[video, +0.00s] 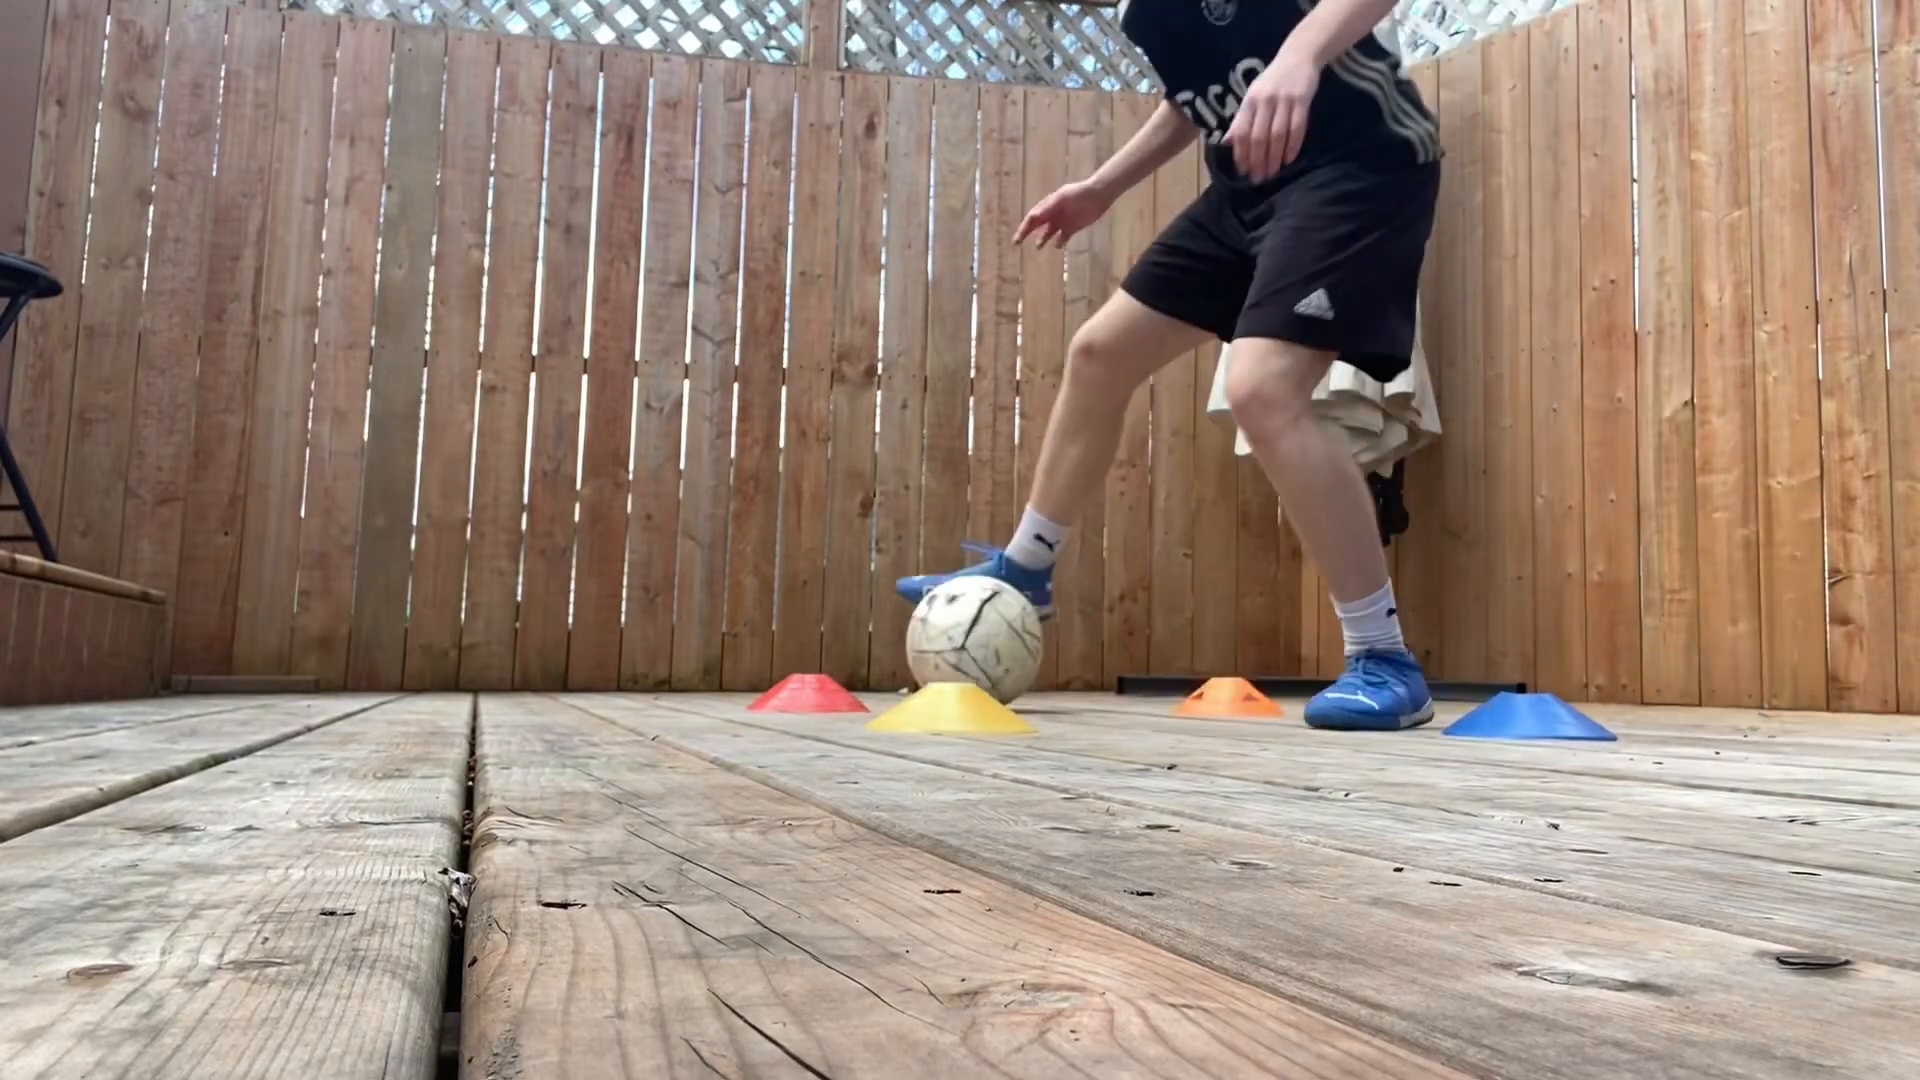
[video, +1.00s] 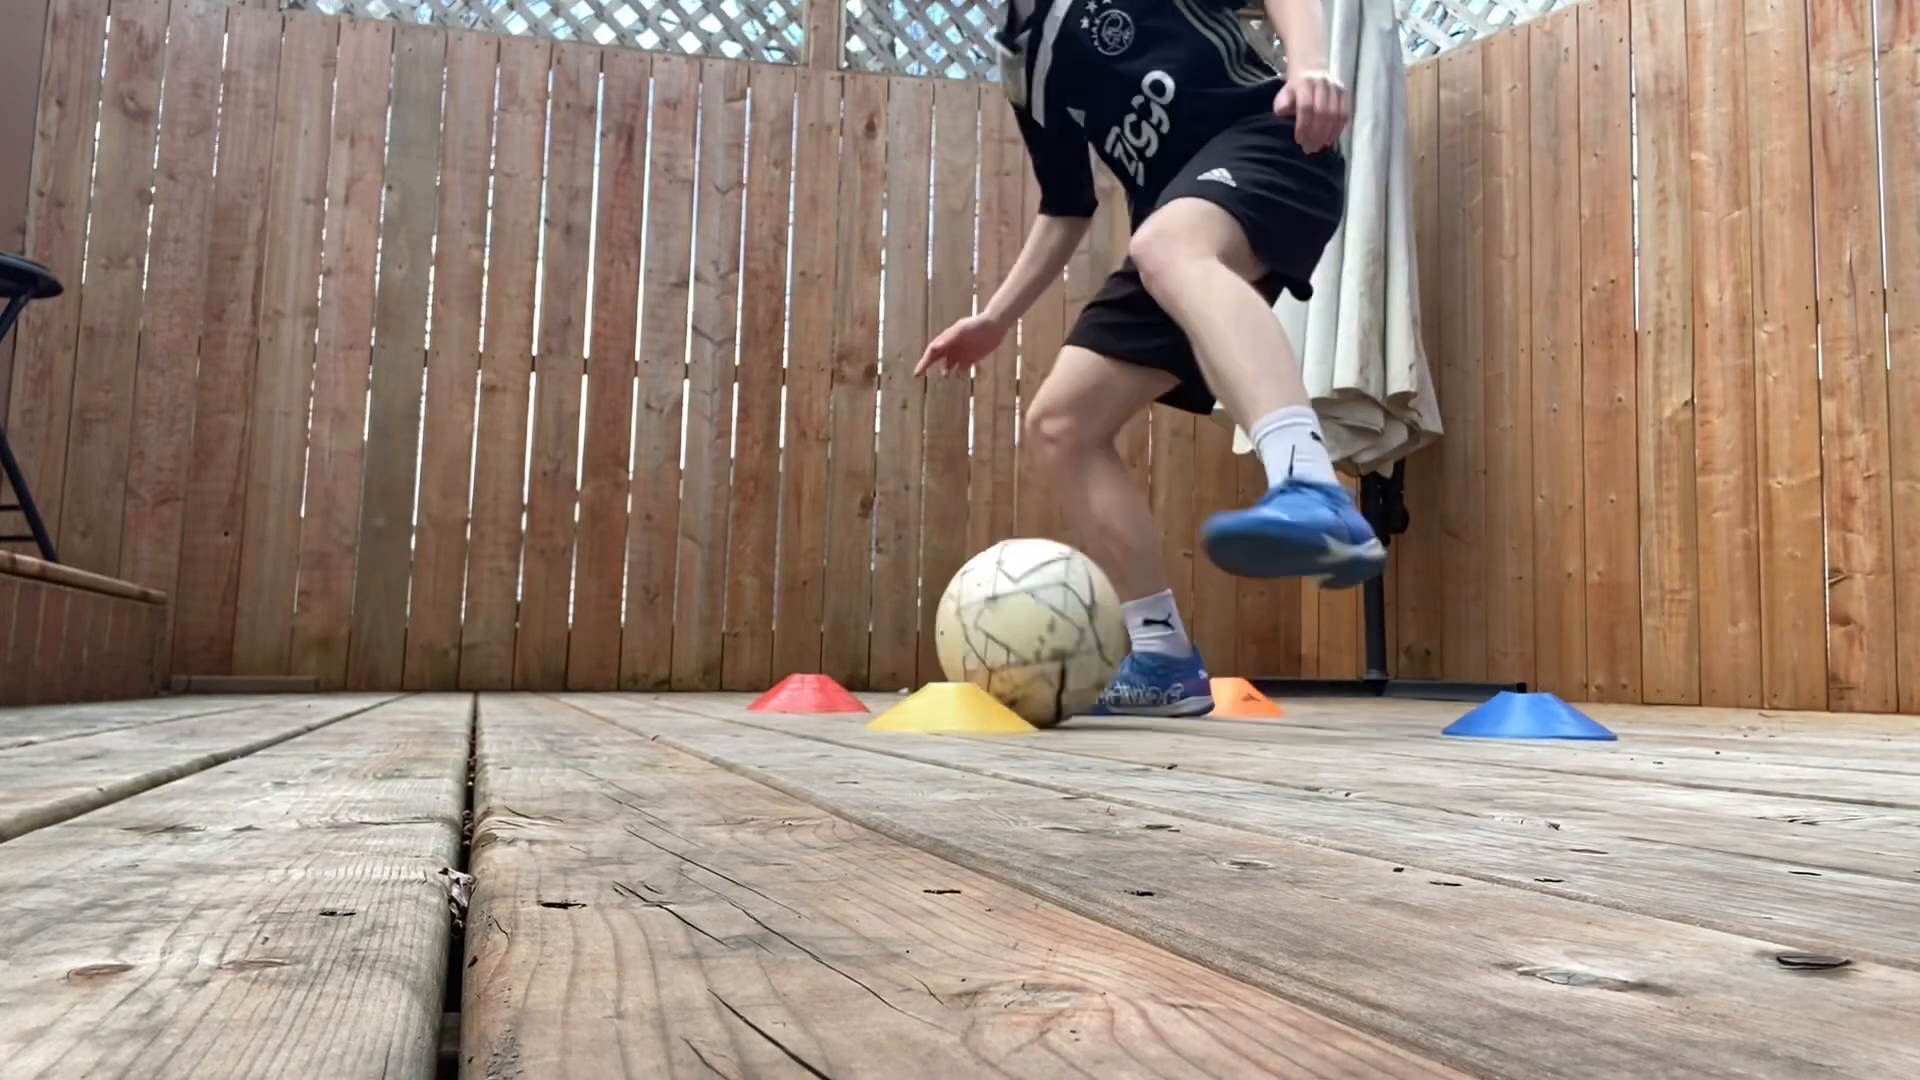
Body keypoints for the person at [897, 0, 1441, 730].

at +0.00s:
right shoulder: (1146, 11)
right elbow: (1199, 96)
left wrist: (1299, 55)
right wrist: (1101, 187)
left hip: (1356, 155)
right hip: (1248, 178)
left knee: (1264, 389)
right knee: (1100, 355)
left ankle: (1384, 664)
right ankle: (1022, 574)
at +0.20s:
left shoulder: (1179, 1)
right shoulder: (1067, 35)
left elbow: (1288, 74)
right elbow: (1116, 163)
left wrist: (1201, 185)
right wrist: (1033, 236)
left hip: (1243, 224)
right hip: (1151, 253)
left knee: (1201, 406)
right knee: (1046, 452)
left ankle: (1372, 659)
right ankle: (1075, 665)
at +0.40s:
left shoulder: (1115, 1)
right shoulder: (992, 40)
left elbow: (1223, 65)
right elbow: (1036, 162)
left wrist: (1206, 190)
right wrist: (963, 239)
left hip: (1161, 217)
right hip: (1079, 244)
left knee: (1158, 374)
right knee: (986, 423)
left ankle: (1305, 627)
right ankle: (994, 637)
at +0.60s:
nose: (917, 3)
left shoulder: (1095, 35)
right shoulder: (952, 95)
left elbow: (1191, 172)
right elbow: (963, 243)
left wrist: (1183, 257)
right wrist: (903, 332)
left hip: (1129, 286)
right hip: (1036, 319)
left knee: (1098, 396)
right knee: (967, 495)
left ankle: (1227, 641)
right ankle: (989, 664)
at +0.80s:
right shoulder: (1001, 31)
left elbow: (1263, 1)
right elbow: (1034, 164)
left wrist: (1265, 94)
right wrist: (980, 280)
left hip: (1212, 175)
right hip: (1117, 220)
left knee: (1149, 341)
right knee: (1010, 400)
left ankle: (1237, 624)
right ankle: (965, 628)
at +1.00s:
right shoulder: (1029, 65)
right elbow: (1067, 206)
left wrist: (1309, 62)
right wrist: (996, 317)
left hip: (1268, 131)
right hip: (1168, 215)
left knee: (1170, 245)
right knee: (1062, 426)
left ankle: (1312, 488)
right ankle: (1166, 660)